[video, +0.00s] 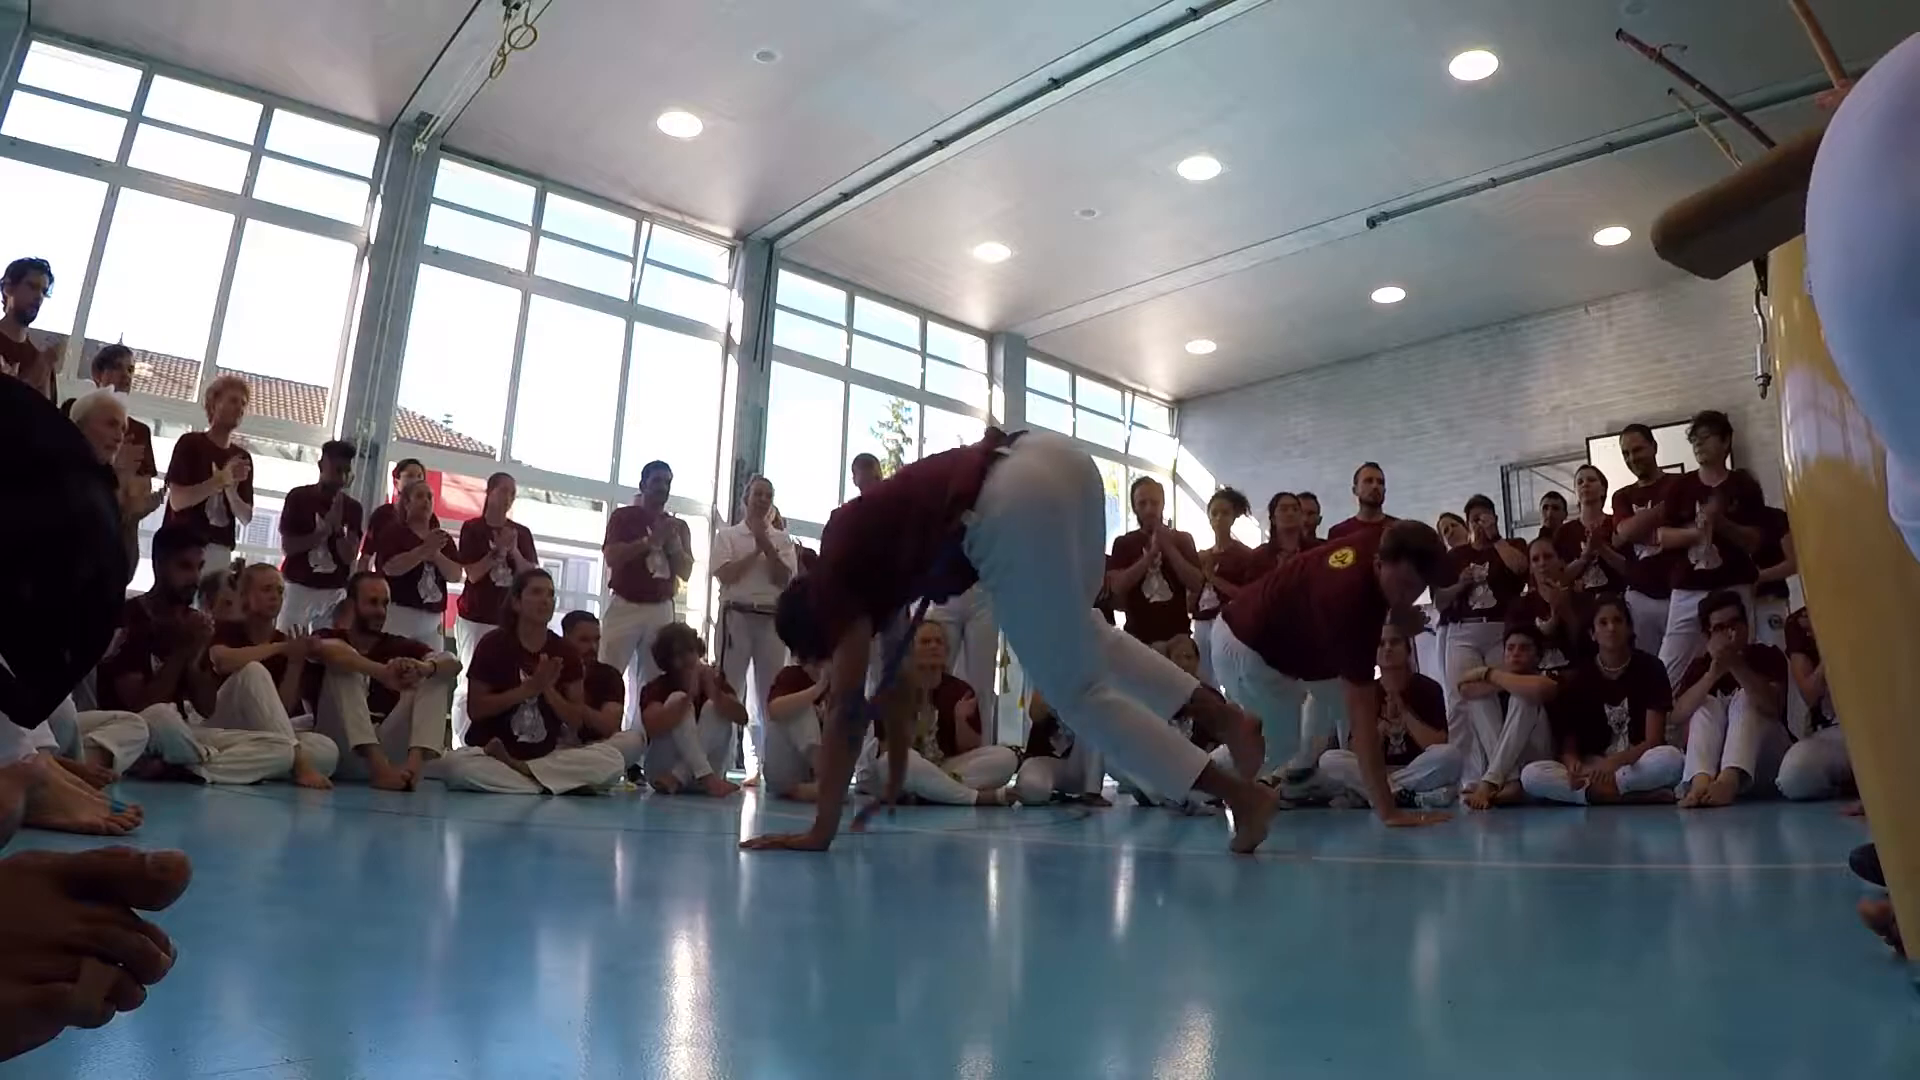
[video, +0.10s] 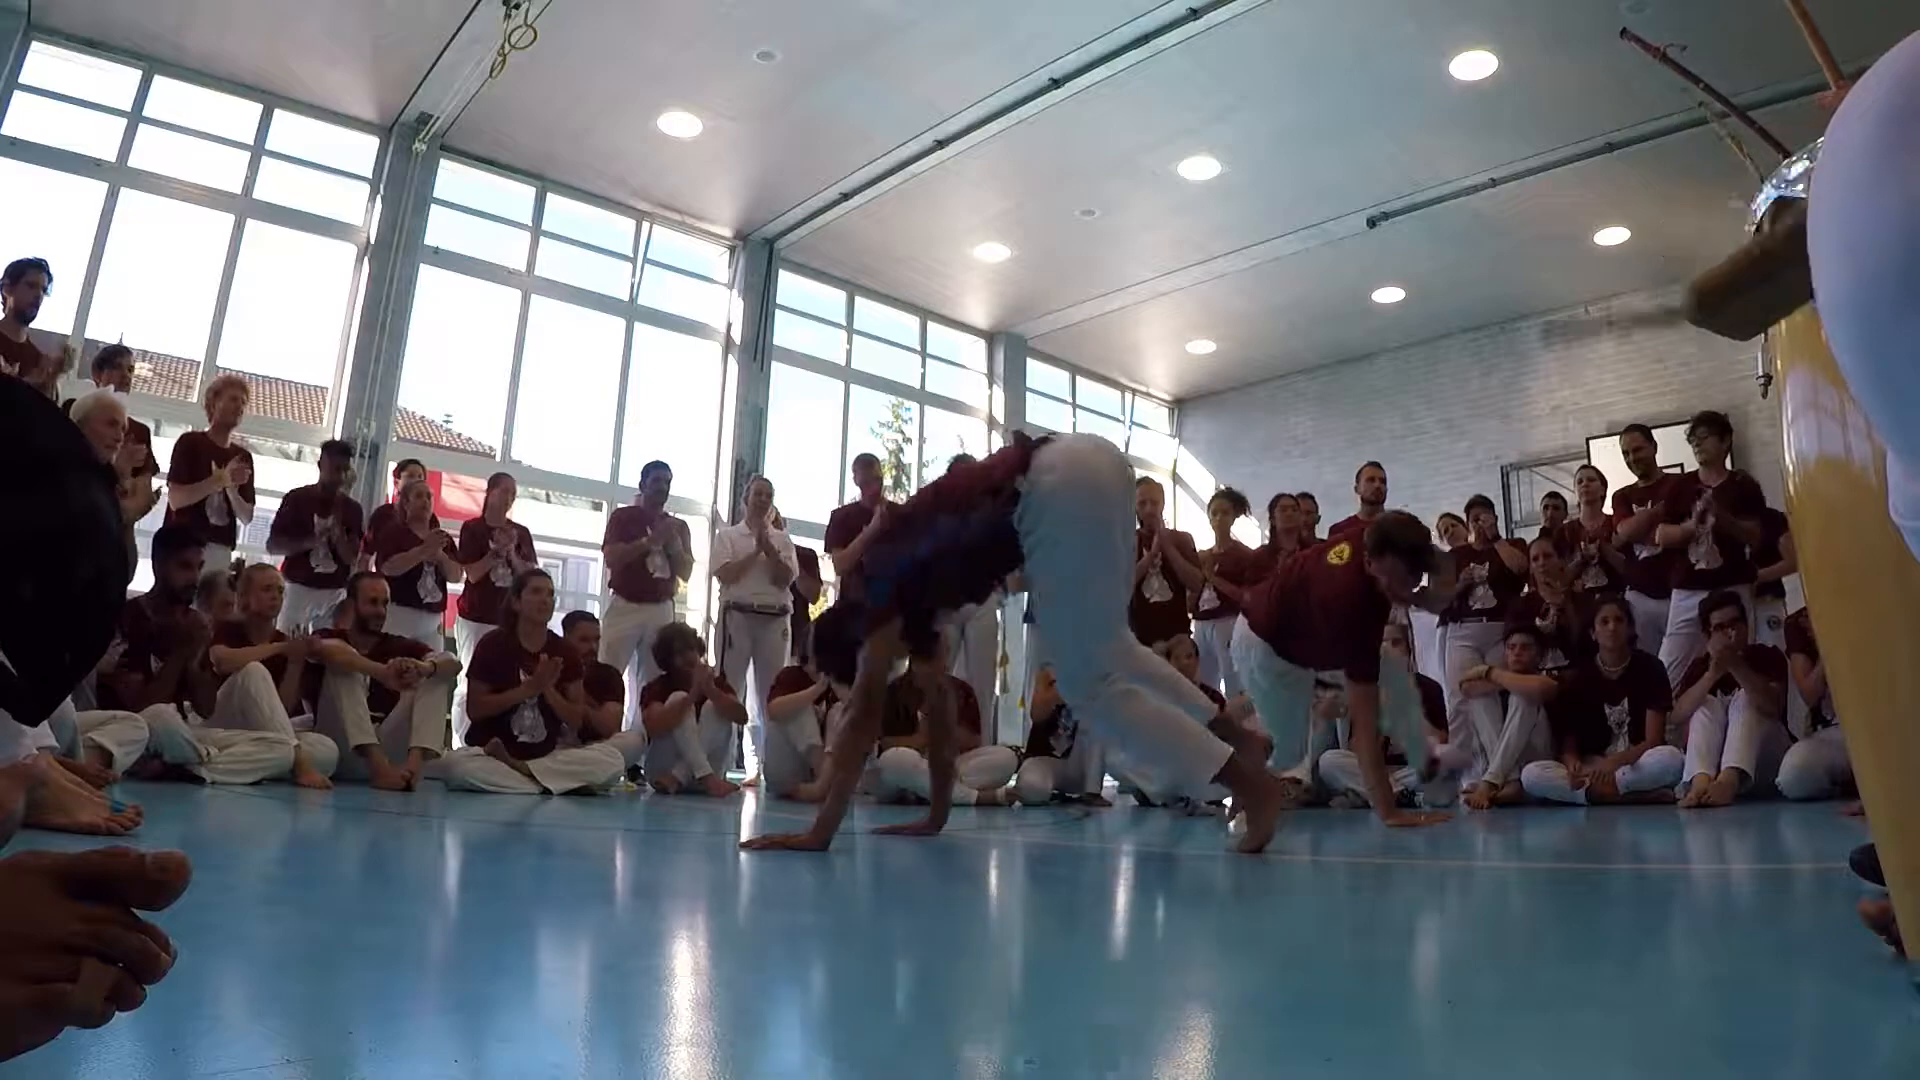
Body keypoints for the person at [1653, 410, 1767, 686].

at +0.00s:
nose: (1698, 445)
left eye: (1706, 438)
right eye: (1695, 440)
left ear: (1726, 443)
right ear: (1691, 446)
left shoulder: (1743, 483)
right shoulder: (1680, 486)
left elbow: (1756, 540)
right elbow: (1664, 536)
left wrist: (1721, 522)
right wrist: (1698, 533)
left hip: (1735, 587)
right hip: (1688, 590)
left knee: (1739, 665)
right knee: (1667, 672)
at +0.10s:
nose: (1697, 445)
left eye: (1705, 438)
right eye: (1694, 440)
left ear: (1726, 443)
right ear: (1691, 446)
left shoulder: (1744, 485)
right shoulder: (1680, 486)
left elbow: (1756, 536)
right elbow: (1662, 535)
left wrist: (1722, 519)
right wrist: (1692, 527)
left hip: (1734, 587)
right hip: (1687, 590)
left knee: (1739, 665)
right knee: (1667, 672)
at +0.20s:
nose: (1695, 446)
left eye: (1702, 439)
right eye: (1691, 441)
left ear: (1724, 443)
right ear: (1688, 446)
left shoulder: (1744, 485)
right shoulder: (1680, 487)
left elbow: (1775, 529)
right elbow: (1651, 539)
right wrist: (1669, 518)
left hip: (1734, 587)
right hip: (1687, 591)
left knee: (1738, 665)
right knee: (1669, 671)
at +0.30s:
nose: (1695, 447)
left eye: (1701, 440)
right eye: (1691, 443)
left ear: (1724, 443)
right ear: (1688, 448)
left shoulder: (1744, 487)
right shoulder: (1680, 489)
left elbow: (1772, 531)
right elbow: (1657, 542)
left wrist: (1776, 567)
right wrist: (1655, 503)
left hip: (1735, 587)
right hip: (1688, 590)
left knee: (1740, 664)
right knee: (1668, 670)